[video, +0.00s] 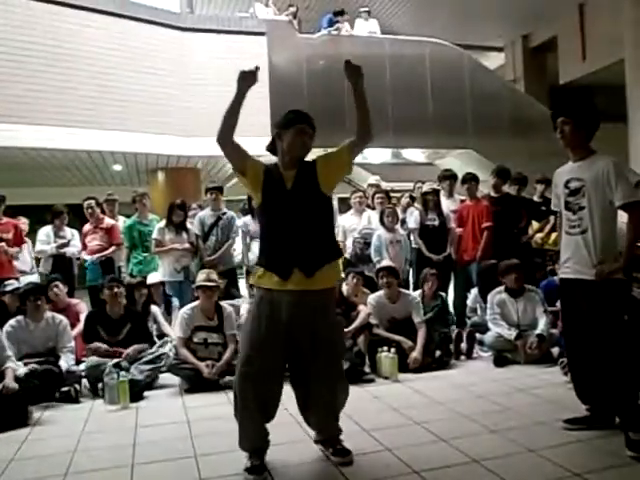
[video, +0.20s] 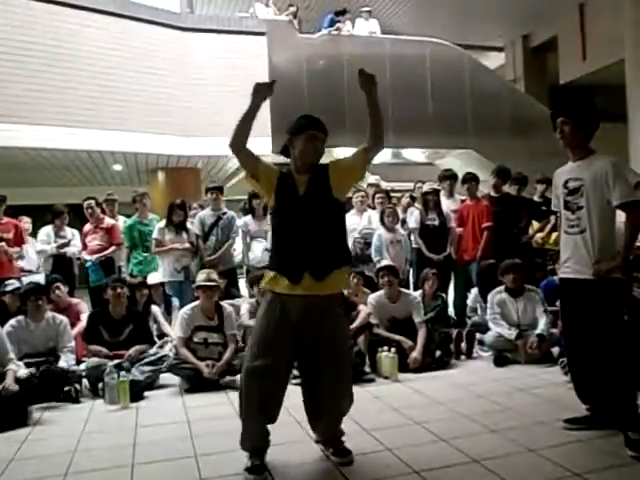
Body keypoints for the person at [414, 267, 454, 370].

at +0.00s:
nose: (430, 285)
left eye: (433, 282)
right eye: (427, 282)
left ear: (437, 284)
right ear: (423, 283)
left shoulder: (442, 298)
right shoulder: (416, 298)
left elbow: (448, 316)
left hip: (440, 330)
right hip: (424, 329)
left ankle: (445, 355)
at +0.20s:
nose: (431, 283)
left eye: (434, 281)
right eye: (428, 280)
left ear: (437, 283)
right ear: (423, 283)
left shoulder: (441, 299)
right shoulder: (417, 298)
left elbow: (439, 313)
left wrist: (422, 319)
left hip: (440, 328)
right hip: (424, 328)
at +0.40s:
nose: (431, 283)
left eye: (434, 280)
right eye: (428, 280)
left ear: (438, 283)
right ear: (423, 282)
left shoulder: (442, 299)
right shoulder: (417, 298)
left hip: (442, 329)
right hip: (425, 330)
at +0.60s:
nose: (431, 283)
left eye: (434, 280)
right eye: (428, 280)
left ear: (438, 284)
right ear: (423, 282)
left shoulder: (442, 301)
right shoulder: (417, 299)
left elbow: (447, 320)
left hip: (440, 332)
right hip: (423, 332)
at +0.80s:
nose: (431, 283)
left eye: (434, 280)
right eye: (428, 280)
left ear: (438, 283)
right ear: (423, 283)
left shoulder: (441, 299)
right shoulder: (417, 299)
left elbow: (448, 315)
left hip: (440, 327)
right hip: (424, 328)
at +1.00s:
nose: (431, 284)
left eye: (434, 281)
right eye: (428, 281)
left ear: (437, 284)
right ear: (422, 283)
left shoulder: (441, 299)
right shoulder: (416, 298)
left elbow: (445, 316)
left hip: (439, 328)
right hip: (423, 329)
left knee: (437, 329)